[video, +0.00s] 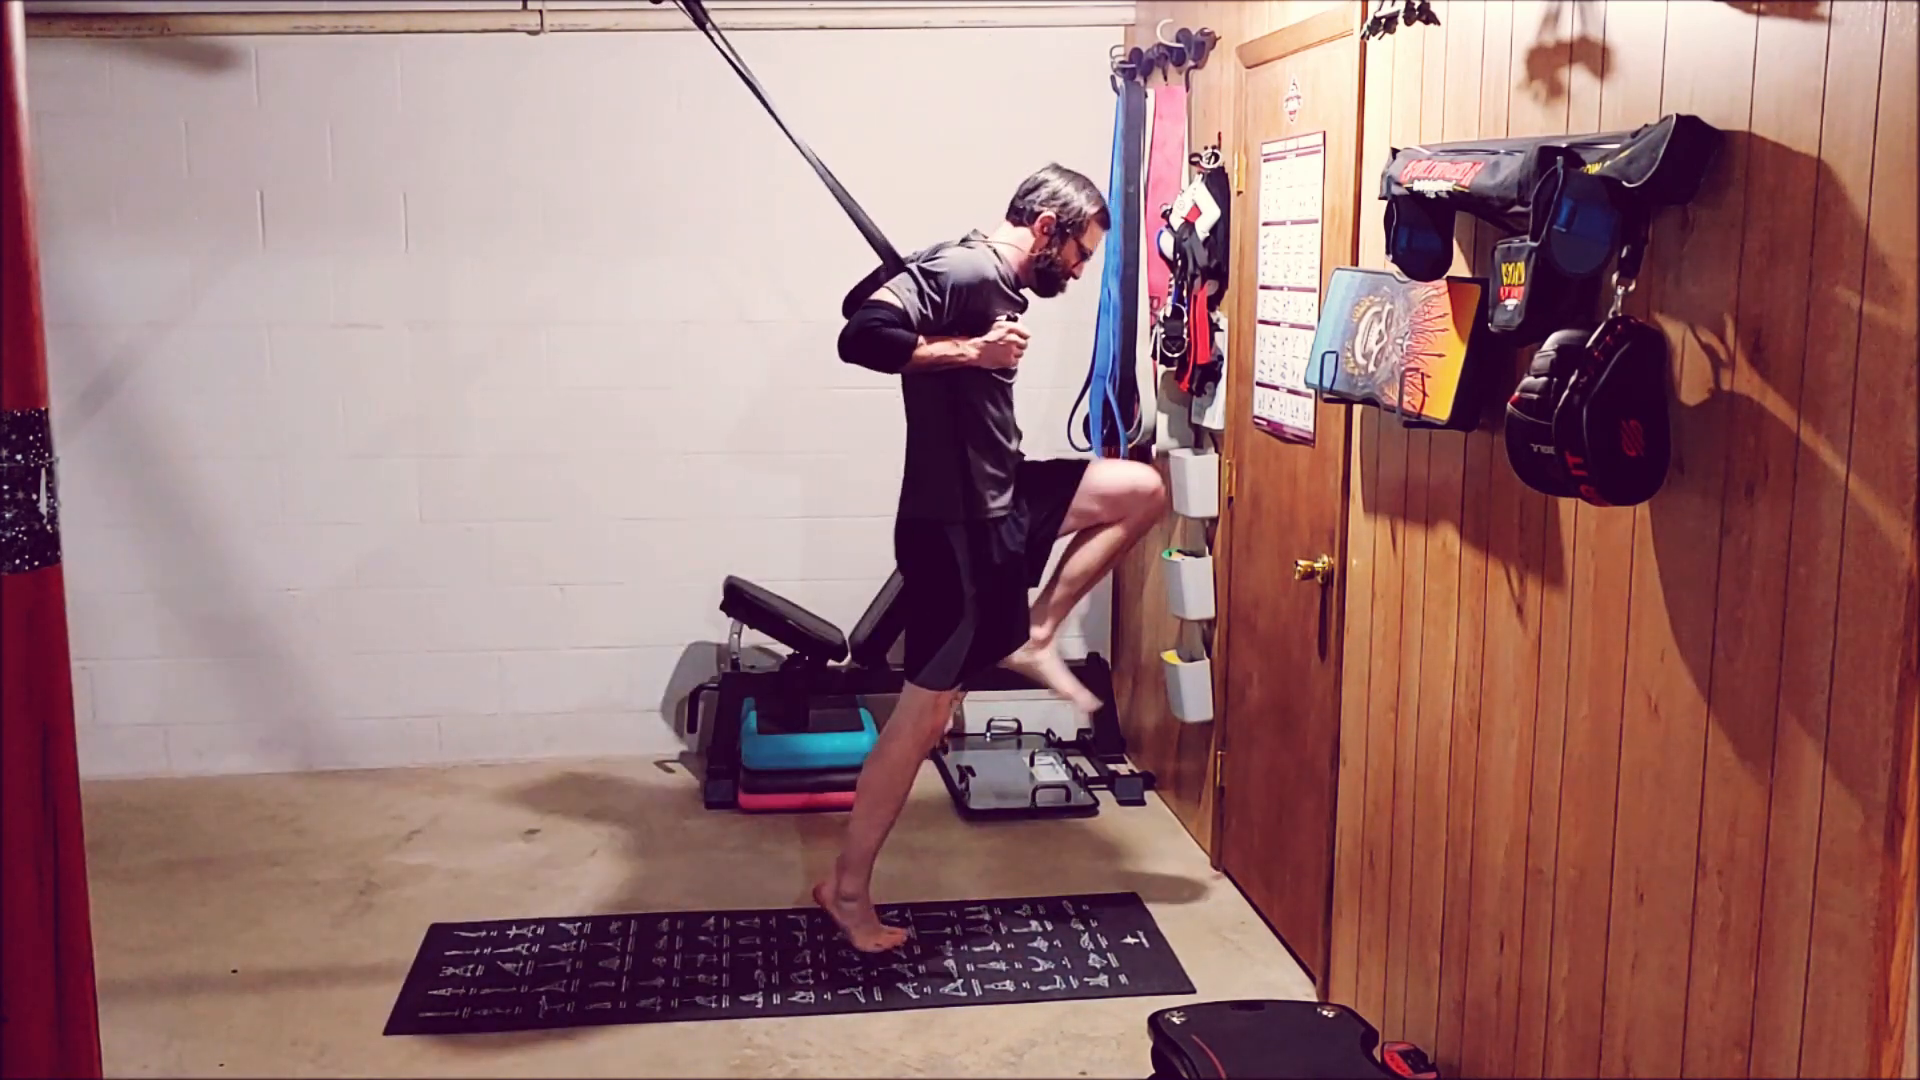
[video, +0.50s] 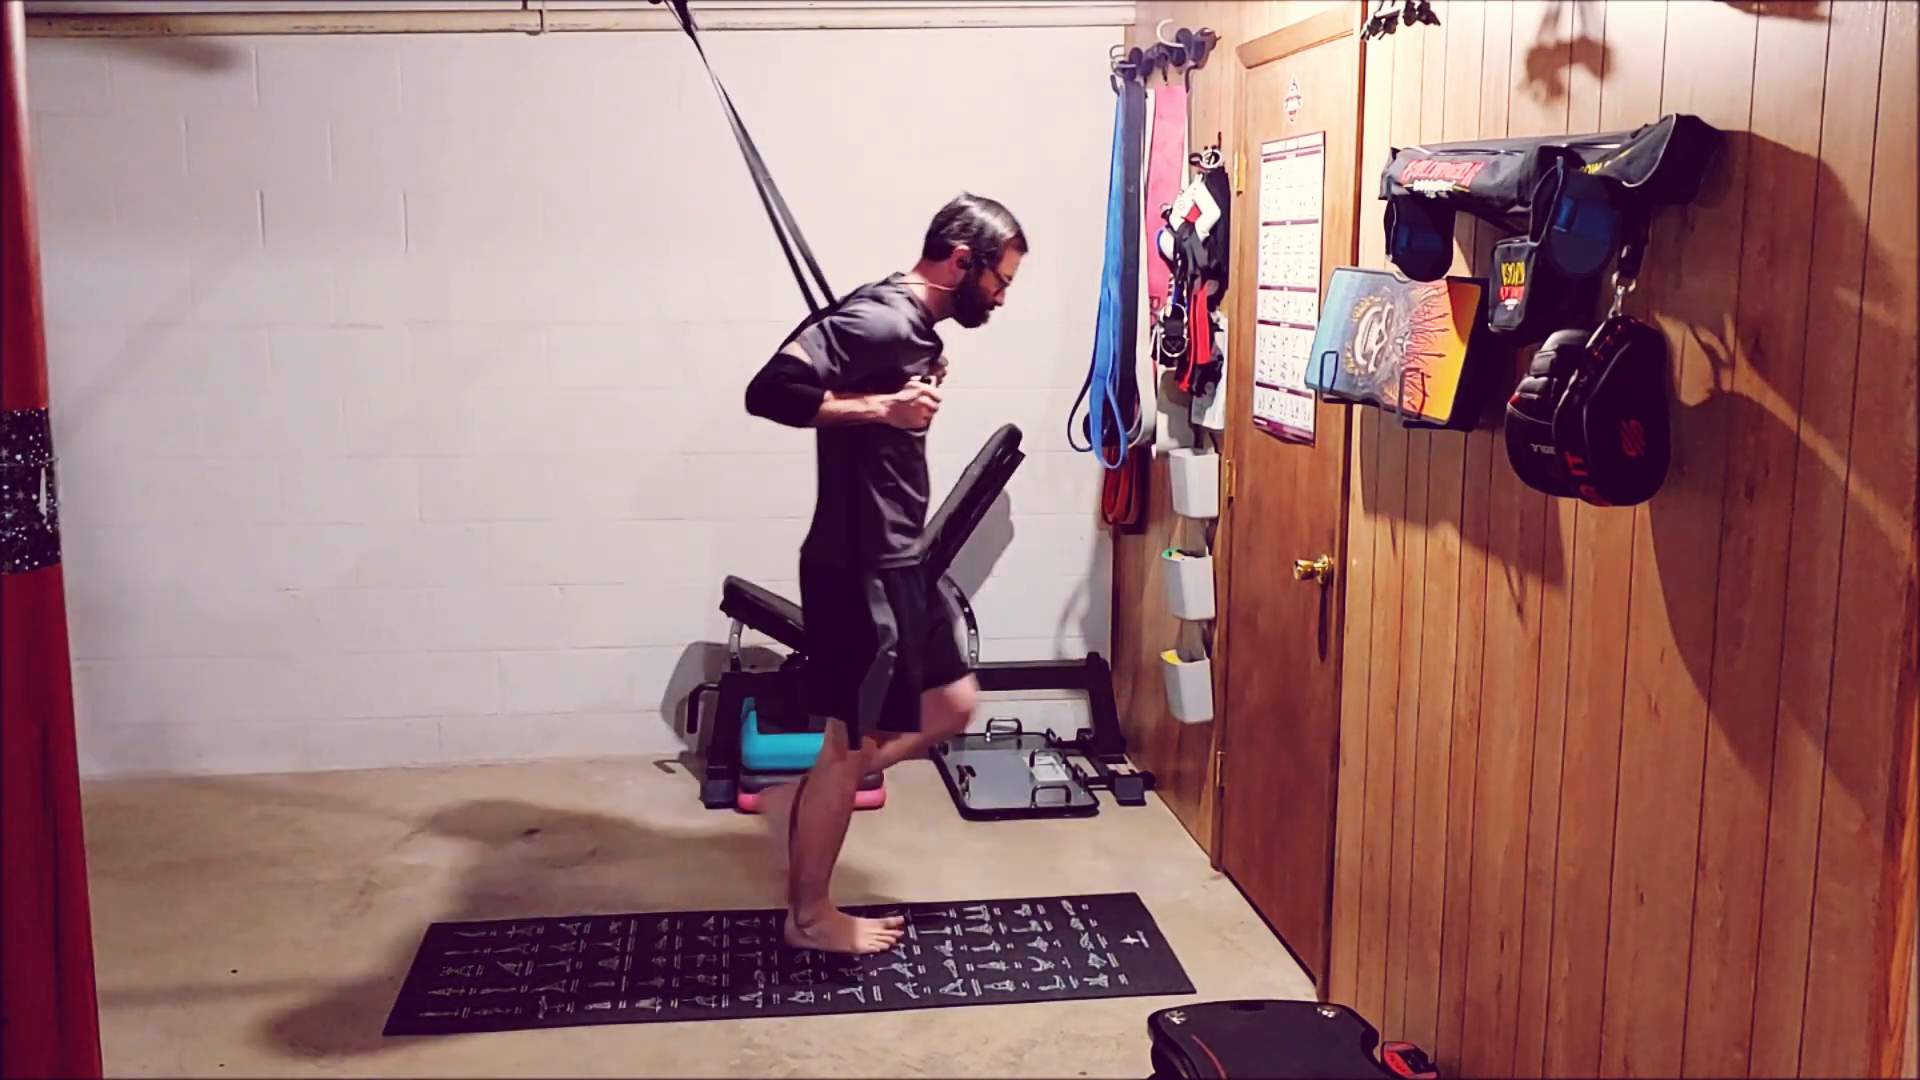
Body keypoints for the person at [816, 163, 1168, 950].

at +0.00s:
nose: (1082, 269)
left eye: (1090, 254)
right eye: (1083, 250)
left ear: (1042, 224)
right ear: (1048, 225)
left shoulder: (990, 275)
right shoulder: (966, 266)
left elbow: (866, 304)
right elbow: (862, 335)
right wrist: (973, 349)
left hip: (1006, 494)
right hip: (954, 519)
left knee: (1141, 491)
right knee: (923, 714)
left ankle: (1038, 638)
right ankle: (848, 888)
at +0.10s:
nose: (1073, 274)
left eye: (1079, 260)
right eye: (1074, 255)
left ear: (1033, 232)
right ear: (1039, 233)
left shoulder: (978, 283)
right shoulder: (956, 277)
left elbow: (862, 315)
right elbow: (852, 344)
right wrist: (960, 359)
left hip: (992, 507)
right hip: (939, 530)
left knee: (1124, 525)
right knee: (904, 722)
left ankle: (1000, 657)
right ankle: (832, 897)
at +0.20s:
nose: (1059, 285)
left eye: (1066, 271)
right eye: (1061, 267)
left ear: (1016, 246)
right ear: (1023, 246)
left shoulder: (964, 300)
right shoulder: (940, 292)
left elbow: (851, 326)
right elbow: (833, 355)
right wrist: (940, 375)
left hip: (973, 525)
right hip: (919, 544)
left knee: (1098, 577)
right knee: (888, 733)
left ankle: (963, 691)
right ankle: (818, 904)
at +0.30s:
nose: (1042, 296)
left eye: (1048, 282)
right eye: (1042, 277)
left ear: (999, 257)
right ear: (1002, 257)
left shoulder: (954, 320)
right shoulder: (917, 303)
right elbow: (811, 369)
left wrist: (955, 492)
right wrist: (919, 389)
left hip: (949, 545)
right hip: (898, 557)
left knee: (1059, 633)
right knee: (874, 744)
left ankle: (916, 728)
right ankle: (814, 912)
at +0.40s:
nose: (1021, 299)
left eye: (1027, 285)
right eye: (1021, 281)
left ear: (979, 262)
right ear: (978, 260)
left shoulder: (937, 322)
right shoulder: (897, 311)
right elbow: (788, 380)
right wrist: (900, 399)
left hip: (925, 554)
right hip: (877, 562)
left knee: (1010, 676)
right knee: (859, 742)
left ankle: (873, 755)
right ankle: (812, 914)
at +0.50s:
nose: (1003, 296)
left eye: (1008, 282)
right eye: (1002, 278)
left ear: (960, 260)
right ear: (959, 259)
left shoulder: (916, 322)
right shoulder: (878, 315)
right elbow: (771, 392)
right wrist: (883, 406)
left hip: (907, 558)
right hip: (859, 565)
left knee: (952, 707)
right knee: (846, 749)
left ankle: (820, 786)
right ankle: (810, 916)